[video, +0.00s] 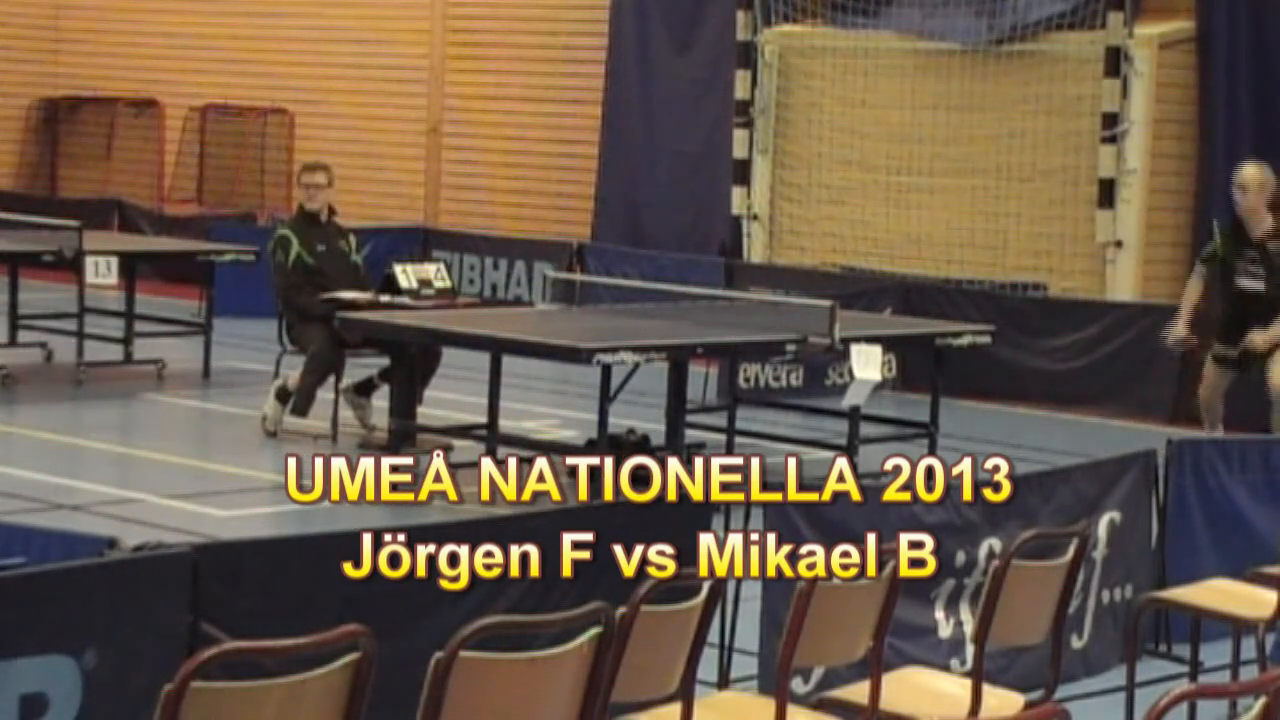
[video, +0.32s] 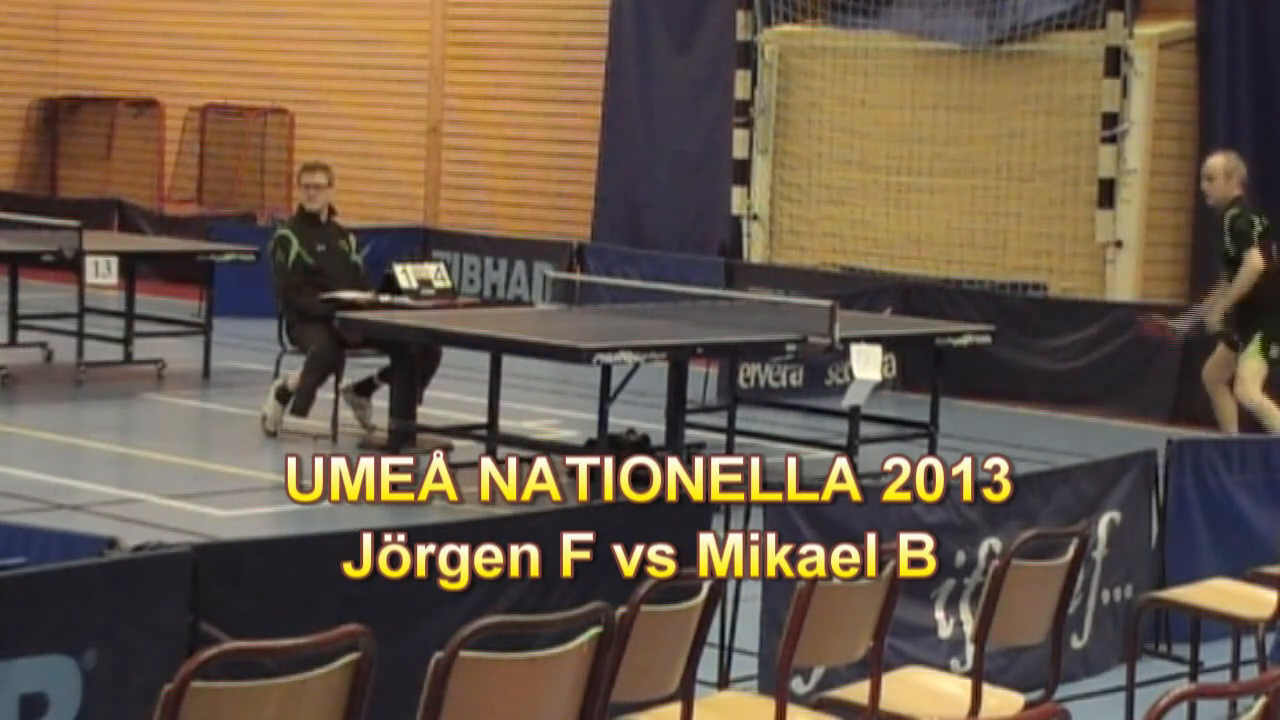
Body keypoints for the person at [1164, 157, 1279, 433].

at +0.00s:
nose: (1243, 197)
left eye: (1250, 189)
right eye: (1239, 189)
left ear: (1268, 192)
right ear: (1232, 192)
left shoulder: (1274, 239)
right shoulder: (1227, 235)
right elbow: (1200, 274)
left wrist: (1271, 332)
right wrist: (1182, 319)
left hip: (1270, 328)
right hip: (1233, 326)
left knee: (1276, 385)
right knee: (1209, 393)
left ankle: (1276, 448)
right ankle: (1215, 446)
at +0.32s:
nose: (1204, 186)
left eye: (1211, 179)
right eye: (1203, 179)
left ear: (1235, 183)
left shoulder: (1240, 216)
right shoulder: (1230, 218)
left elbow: (1254, 263)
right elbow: (1227, 282)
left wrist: (1222, 306)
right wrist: (1193, 317)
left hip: (1265, 317)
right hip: (1245, 316)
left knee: (1247, 390)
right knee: (1213, 375)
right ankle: (1232, 448)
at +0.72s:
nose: (1214, 165)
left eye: (1223, 159)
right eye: (1215, 158)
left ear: (1246, 167)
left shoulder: (1253, 204)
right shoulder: (1236, 203)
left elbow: (1270, 253)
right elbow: (1249, 257)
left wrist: (1225, 290)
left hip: (1261, 317)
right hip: (1236, 315)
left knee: (1253, 396)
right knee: (1213, 388)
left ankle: (1278, 458)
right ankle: (1240, 461)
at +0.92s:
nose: (1195, 161)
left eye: (1203, 155)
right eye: (1196, 154)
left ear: (1227, 164)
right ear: (1225, 166)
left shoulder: (1229, 202)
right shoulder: (1231, 199)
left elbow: (1246, 255)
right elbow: (1247, 255)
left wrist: (1203, 290)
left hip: (1234, 310)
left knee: (1187, 382)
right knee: (1258, 396)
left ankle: (1196, 464)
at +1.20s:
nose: (1149, 160)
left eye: (1156, 153)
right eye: (1149, 153)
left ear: (1177, 158)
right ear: (1160, 156)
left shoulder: (1190, 200)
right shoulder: (1157, 199)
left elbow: (1205, 254)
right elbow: (1161, 257)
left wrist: (1150, 281)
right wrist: (1137, 291)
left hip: (1190, 311)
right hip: (1157, 310)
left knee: (1186, 396)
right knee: (1146, 389)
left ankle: (1245, 452)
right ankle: (1160, 469)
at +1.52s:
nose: (1099, 162)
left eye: (1107, 155)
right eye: (1098, 155)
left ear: (1131, 157)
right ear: (1098, 154)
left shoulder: (1144, 202)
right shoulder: (1093, 193)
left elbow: (1167, 256)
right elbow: (1079, 240)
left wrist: (1107, 274)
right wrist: (1074, 259)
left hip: (1131, 310)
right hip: (1098, 306)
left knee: (1103, 388)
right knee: (1125, 395)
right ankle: (1151, 457)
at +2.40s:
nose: (1016, 252)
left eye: (1021, 244)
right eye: (1015, 245)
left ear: (1047, 245)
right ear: (1040, 247)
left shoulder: (1076, 275)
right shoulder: (1044, 278)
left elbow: (1083, 341)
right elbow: (1054, 333)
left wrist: (1027, 365)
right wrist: (1027, 367)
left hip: (1137, 340)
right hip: (1104, 343)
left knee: (1112, 394)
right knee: (1050, 387)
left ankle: (1135, 478)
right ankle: (1066, 463)